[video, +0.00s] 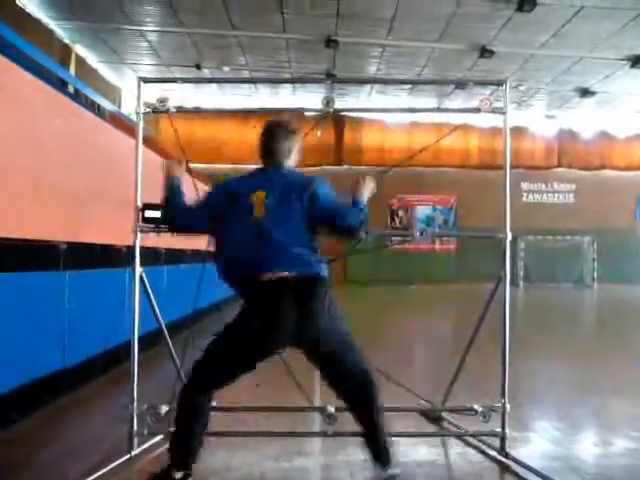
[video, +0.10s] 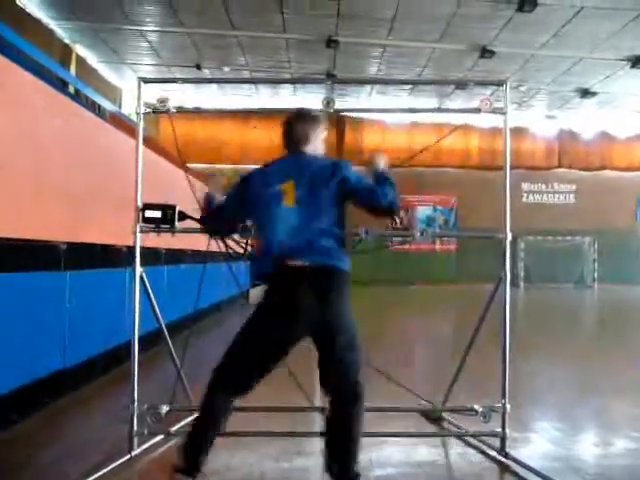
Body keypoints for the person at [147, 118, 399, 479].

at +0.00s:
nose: (298, 155)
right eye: (298, 150)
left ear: (261, 152)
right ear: (295, 153)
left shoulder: (229, 192)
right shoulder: (307, 188)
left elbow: (179, 220)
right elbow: (350, 224)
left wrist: (174, 182)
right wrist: (362, 197)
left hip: (262, 308)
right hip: (311, 304)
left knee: (199, 382)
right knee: (355, 378)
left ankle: (180, 467)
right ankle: (383, 458)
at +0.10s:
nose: (325, 142)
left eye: (324, 136)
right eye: (323, 136)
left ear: (287, 138)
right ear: (315, 138)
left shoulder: (260, 178)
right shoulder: (335, 171)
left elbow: (219, 224)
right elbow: (386, 203)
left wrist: (211, 204)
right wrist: (382, 174)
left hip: (284, 292)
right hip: (330, 292)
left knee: (229, 378)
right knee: (346, 385)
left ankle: (191, 460)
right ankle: (343, 471)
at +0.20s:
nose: (346, 145)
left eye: (345, 139)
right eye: (344, 139)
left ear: (304, 140)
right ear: (337, 141)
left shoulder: (271, 173)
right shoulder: (348, 177)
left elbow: (227, 171)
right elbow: (395, 220)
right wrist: (403, 183)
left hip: (297, 304)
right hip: (347, 305)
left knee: (249, 385)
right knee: (379, 374)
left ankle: (238, 471)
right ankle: (369, 460)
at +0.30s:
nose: (373, 135)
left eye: (368, 129)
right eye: (373, 130)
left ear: (339, 131)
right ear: (373, 134)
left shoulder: (303, 161)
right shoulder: (389, 172)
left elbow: (254, 145)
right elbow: (448, 192)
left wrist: (266, 112)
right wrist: (458, 154)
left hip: (318, 298)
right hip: (370, 297)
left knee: (266, 388)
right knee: (437, 364)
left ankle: (233, 470)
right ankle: (453, 453)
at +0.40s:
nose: (402, 135)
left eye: (392, 131)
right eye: (405, 131)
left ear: (377, 139)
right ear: (410, 138)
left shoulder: (351, 173)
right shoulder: (431, 172)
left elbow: (287, 187)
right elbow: (472, 152)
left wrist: (272, 152)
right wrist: (485, 117)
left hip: (343, 305)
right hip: (395, 308)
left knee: (280, 379)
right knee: (457, 385)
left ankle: (209, 461)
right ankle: (503, 466)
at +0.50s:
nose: (432, 152)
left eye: (428, 147)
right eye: (430, 148)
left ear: (402, 160)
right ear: (431, 158)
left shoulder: (390, 199)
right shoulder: (450, 190)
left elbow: (356, 242)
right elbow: (473, 155)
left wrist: (307, 229)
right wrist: (485, 116)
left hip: (374, 313)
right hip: (422, 316)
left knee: (306, 389)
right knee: (491, 388)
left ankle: (231, 463)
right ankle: (515, 472)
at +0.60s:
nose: (397, 153)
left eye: (393, 147)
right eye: (415, 145)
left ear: (389, 152)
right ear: (421, 150)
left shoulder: (377, 191)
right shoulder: (452, 191)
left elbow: (349, 239)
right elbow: (497, 197)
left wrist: (306, 222)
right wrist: (487, 154)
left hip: (378, 315)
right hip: (427, 315)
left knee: (329, 391)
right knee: (489, 388)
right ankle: (513, 471)